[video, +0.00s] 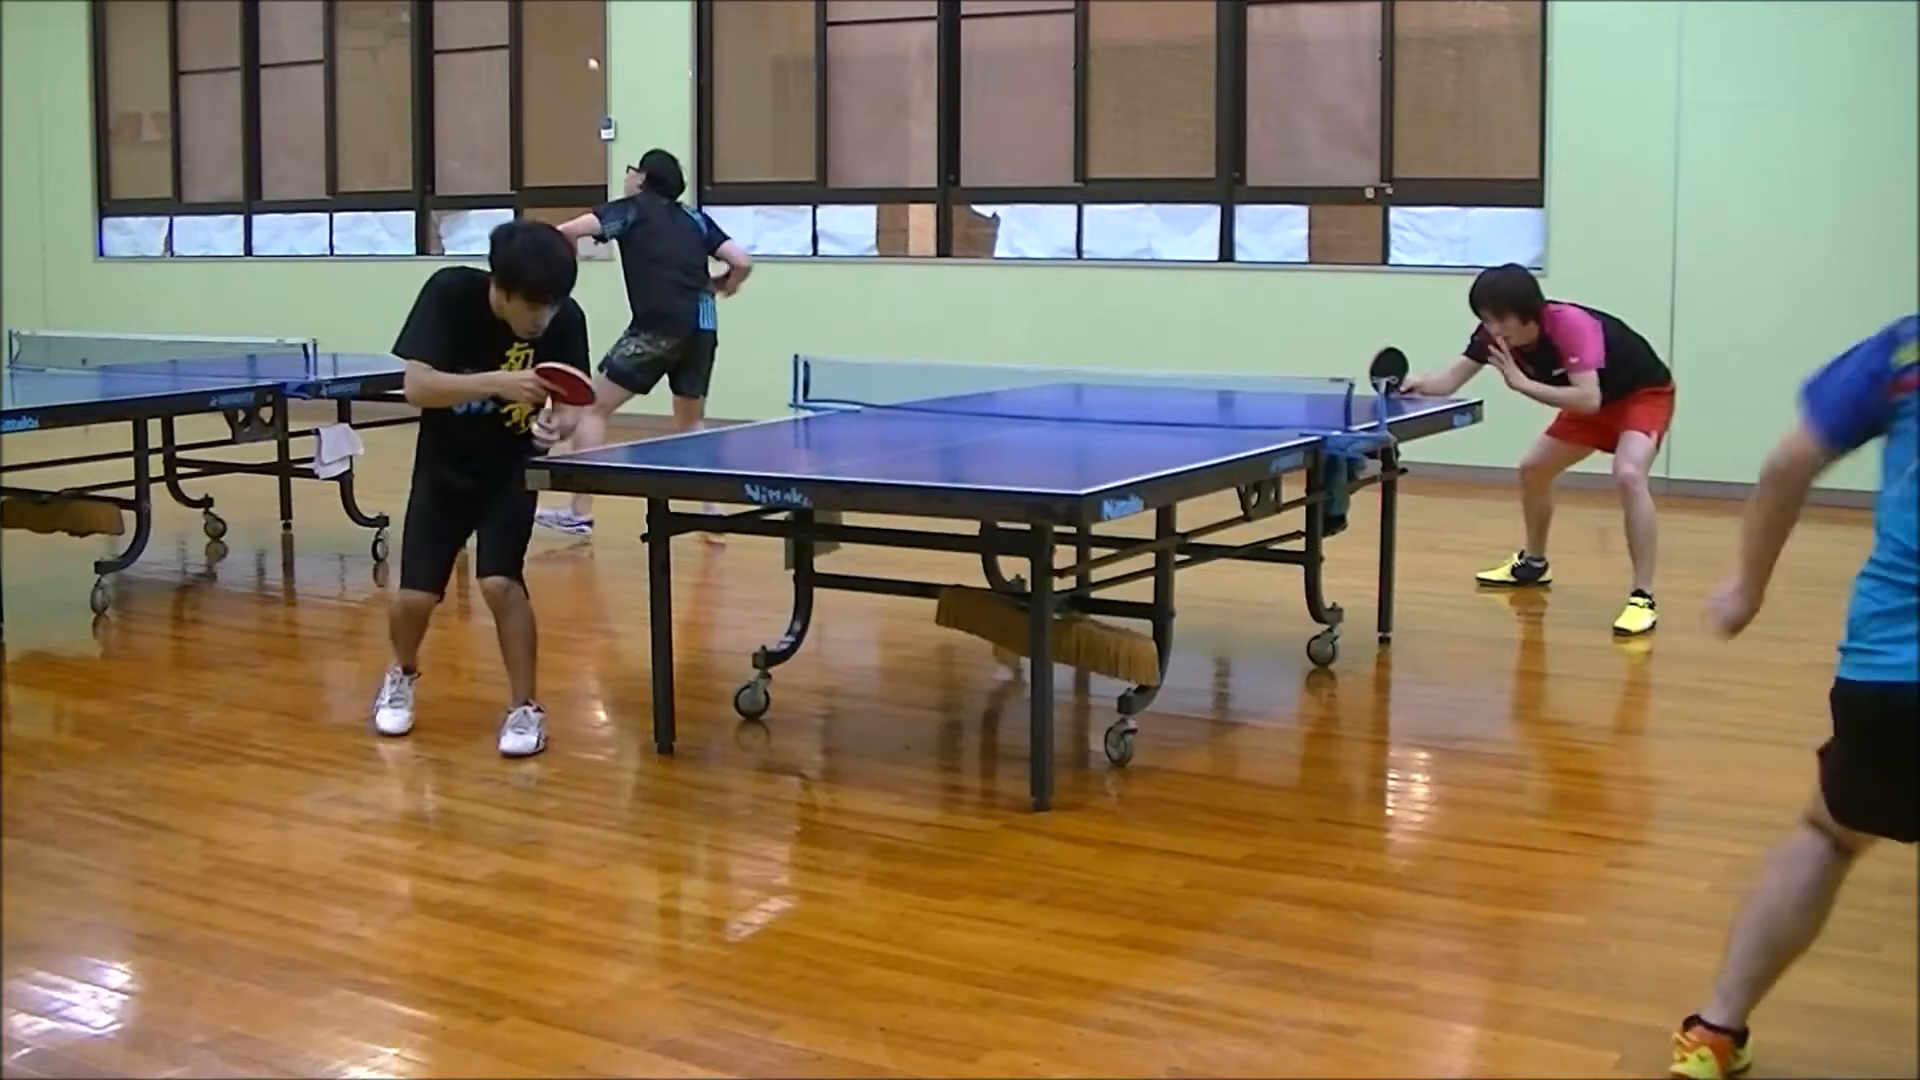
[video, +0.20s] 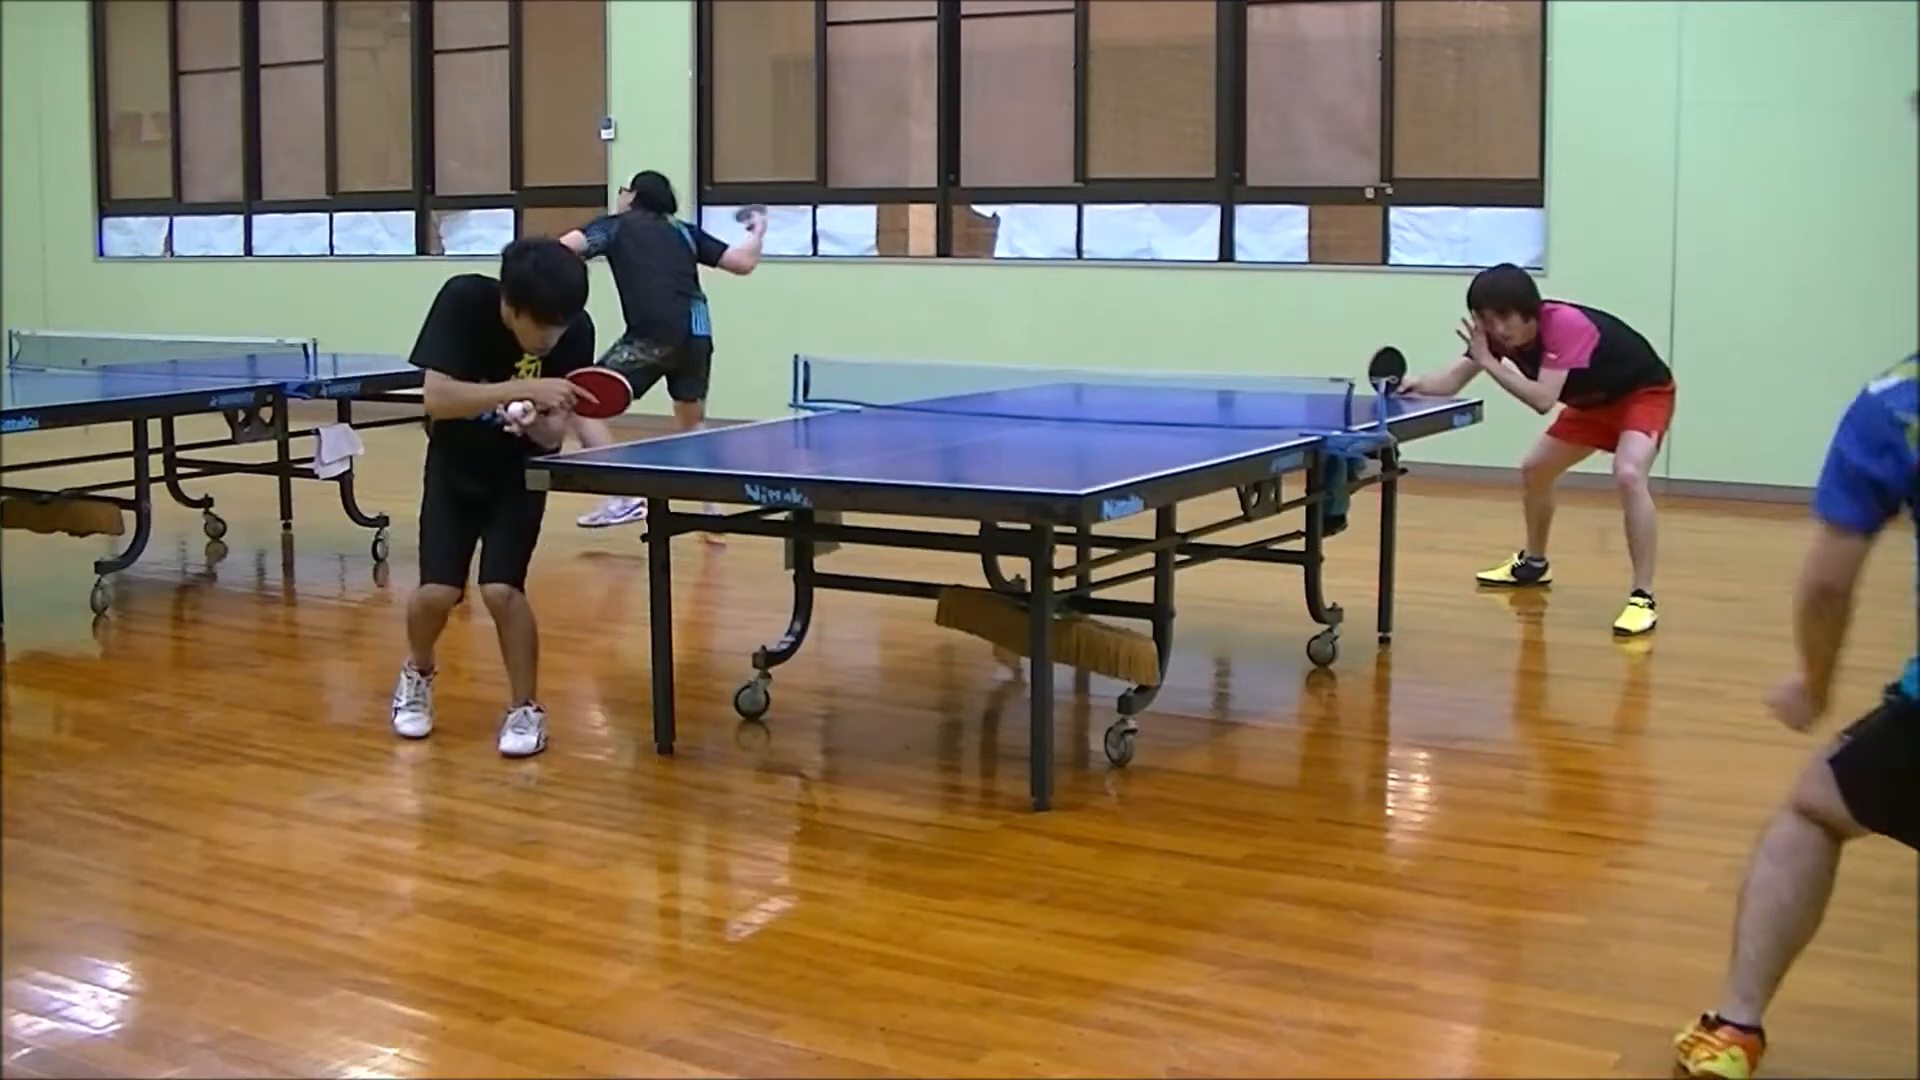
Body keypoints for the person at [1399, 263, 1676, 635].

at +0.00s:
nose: (1491, 329)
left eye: (1498, 320)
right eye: (1487, 321)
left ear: (1527, 316)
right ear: (1484, 319)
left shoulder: (1571, 325)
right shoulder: (1494, 332)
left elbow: (1589, 401)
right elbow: (1451, 379)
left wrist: (1523, 385)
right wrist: (1416, 384)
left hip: (1645, 392)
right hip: (1592, 401)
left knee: (1629, 474)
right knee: (1533, 470)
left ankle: (1643, 597)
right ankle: (1534, 562)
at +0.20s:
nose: (1493, 328)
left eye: (1501, 318)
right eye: (1486, 320)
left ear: (1527, 311)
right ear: (1480, 320)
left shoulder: (1566, 325)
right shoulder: (1498, 334)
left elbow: (1543, 400)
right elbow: (1452, 381)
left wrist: (1487, 361)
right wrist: (1414, 384)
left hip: (1645, 391)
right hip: (1590, 401)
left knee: (1629, 474)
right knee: (1535, 471)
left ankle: (1642, 597)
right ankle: (1534, 562)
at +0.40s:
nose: (1491, 312)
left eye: (1500, 301)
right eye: (1484, 304)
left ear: (1526, 299)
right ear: (1478, 308)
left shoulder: (1565, 320)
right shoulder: (1493, 331)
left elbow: (1565, 396)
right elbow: (1453, 381)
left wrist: (1501, 375)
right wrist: (1415, 384)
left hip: (1644, 390)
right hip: (1591, 399)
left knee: (1628, 472)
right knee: (1535, 470)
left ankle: (1643, 597)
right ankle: (1534, 562)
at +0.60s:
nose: (1479, 294)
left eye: (1487, 283)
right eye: (1473, 286)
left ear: (1517, 285)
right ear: (1471, 290)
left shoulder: (1564, 308)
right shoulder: (1488, 328)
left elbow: (1633, 349)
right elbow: (1449, 380)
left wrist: (1584, 394)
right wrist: (1415, 383)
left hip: (1641, 386)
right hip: (1588, 395)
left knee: (1625, 474)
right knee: (1535, 471)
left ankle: (1642, 597)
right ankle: (1534, 563)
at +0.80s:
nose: (1479, 290)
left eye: (1487, 279)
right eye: (1473, 282)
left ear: (1516, 281)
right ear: (1471, 286)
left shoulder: (1563, 303)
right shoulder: (1488, 323)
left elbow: (1642, 313)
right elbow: (1450, 374)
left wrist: (1654, 371)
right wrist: (1414, 382)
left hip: (1635, 384)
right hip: (1585, 395)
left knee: (1626, 474)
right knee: (1536, 470)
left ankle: (1642, 597)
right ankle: (1534, 563)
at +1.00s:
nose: (1480, 291)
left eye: (1488, 280)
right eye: (1474, 283)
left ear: (1516, 281)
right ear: (1472, 286)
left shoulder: (1562, 302)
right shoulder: (1488, 323)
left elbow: (1640, 327)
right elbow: (1451, 373)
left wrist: (1655, 380)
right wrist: (1415, 381)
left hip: (1634, 386)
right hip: (1585, 396)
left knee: (1626, 475)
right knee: (1536, 470)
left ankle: (1642, 597)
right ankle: (1534, 563)